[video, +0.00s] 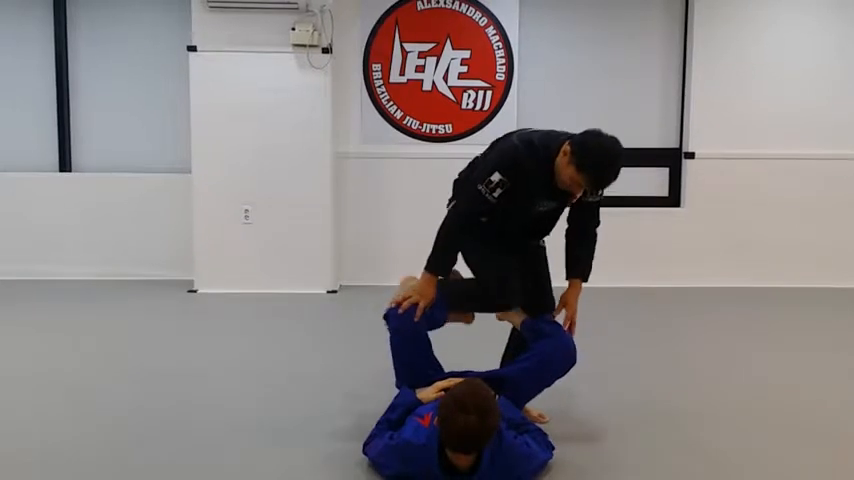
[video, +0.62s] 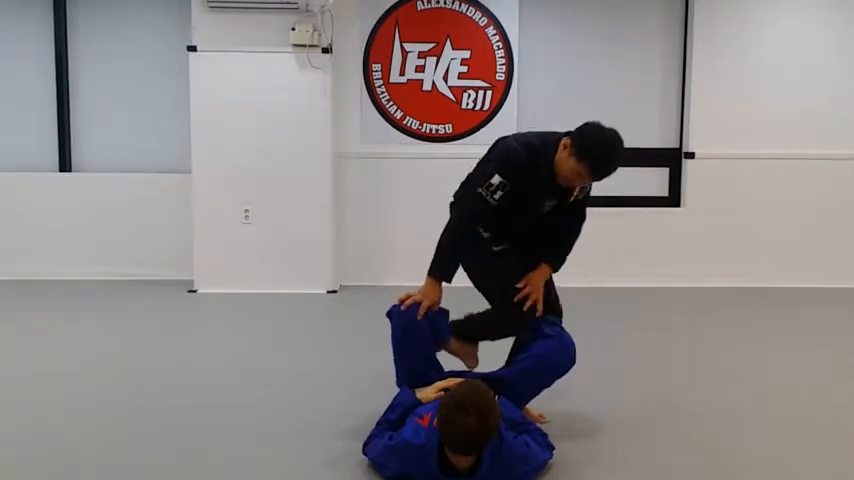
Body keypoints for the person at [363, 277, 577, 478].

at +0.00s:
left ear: (437, 421)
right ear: (495, 427)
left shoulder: (409, 452)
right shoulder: (516, 458)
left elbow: (374, 443)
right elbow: (540, 441)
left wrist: (412, 398)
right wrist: (511, 410)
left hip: (429, 393)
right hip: (496, 397)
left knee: (402, 317)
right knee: (562, 349)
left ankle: (454, 309)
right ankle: (517, 316)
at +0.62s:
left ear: (438, 425)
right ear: (496, 425)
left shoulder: (408, 452)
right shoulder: (513, 456)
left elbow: (374, 443)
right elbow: (541, 444)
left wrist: (413, 397)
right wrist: (508, 406)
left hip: (428, 392)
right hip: (497, 395)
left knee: (407, 313)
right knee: (562, 348)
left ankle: (451, 337)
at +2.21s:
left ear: (438, 423)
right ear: (497, 423)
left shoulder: (407, 453)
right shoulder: (515, 456)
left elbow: (374, 443)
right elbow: (540, 442)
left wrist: (414, 397)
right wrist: (507, 405)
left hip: (428, 392)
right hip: (498, 395)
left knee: (414, 316)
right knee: (559, 346)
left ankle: (448, 308)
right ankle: (531, 317)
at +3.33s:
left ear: (438, 417)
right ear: (496, 425)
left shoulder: (408, 450)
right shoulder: (515, 455)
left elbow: (374, 443)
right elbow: (540, 442)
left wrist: (414, 397)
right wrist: (518, 410)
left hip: (427, 393)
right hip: (498, 399)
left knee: (416, 318)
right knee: (552, 340)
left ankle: (432, 294)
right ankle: (524, 298)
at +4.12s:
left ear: (438, 425)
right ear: (498, 429)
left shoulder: (409, 452)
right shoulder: (517, 456)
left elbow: (373, 445)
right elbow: (540, 441)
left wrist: (412, 398)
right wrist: (507, 404)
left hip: (423, 394)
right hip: (493, 392)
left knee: (391, 316)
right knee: (545, 332)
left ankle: (416, 312)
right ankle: (494, 312)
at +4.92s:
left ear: (437, 427)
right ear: (497, 431)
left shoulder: (408, 452)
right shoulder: (517, 457)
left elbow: (372, 445)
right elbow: (542, 442)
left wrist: (409, 398)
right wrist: (502, 402)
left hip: (423, 395)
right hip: (493, 393)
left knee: (385, 318)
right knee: (546, 328)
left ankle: (421, 319)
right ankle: (503, 318)